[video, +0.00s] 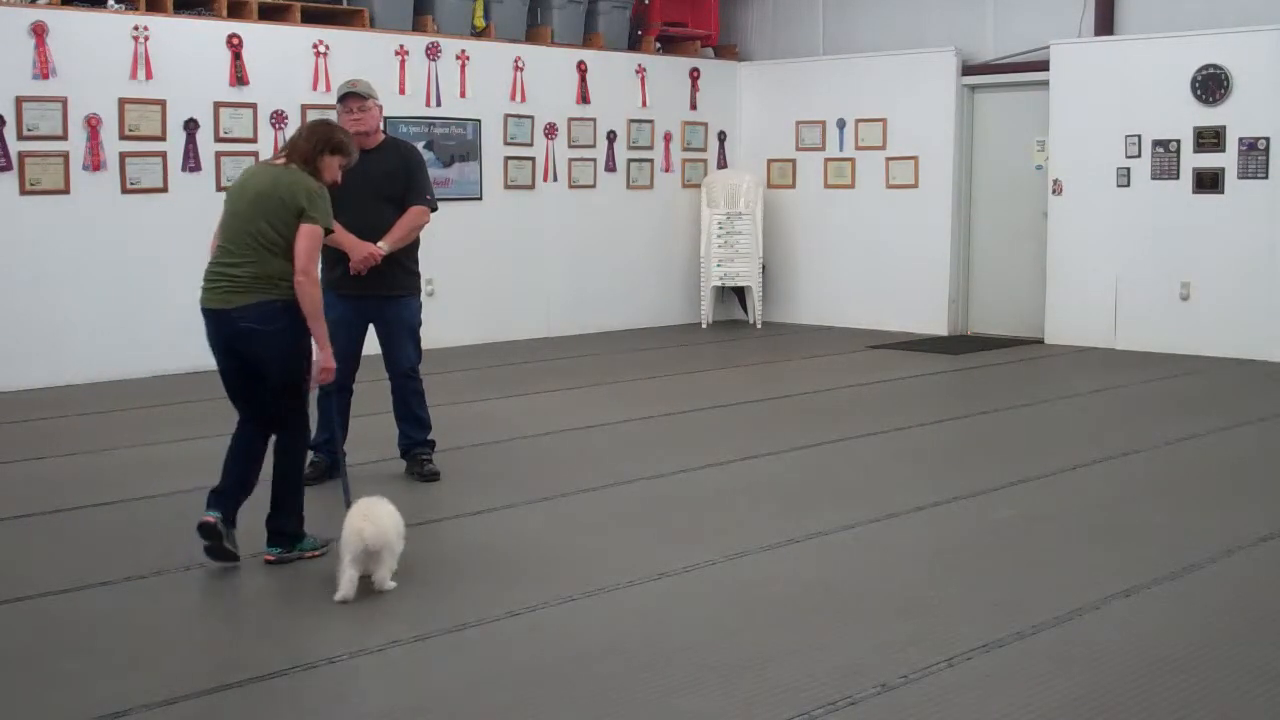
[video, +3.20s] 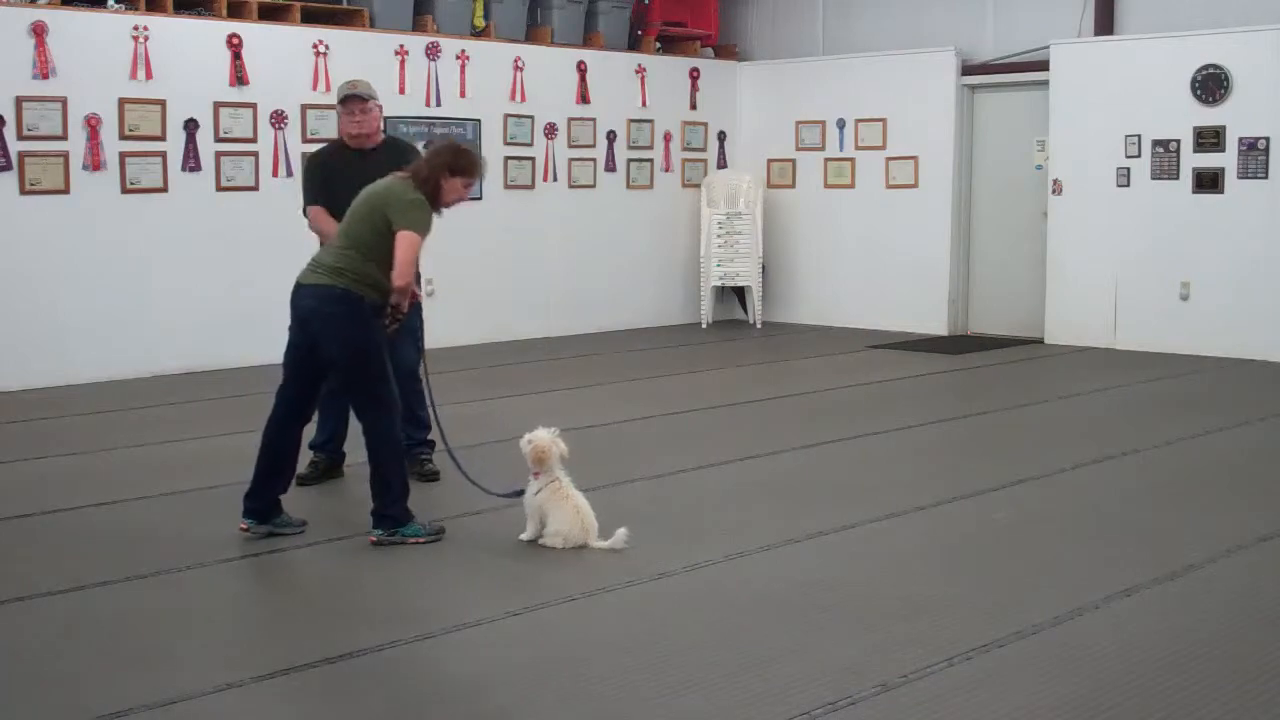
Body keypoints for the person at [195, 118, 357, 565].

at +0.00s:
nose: (340, 176)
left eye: (345, 167)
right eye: (340, 165)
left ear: (297, 151)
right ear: (318, 153)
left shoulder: (250, 176)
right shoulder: (314, 194)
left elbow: (218, 245)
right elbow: (305, 276)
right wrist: (324, 347)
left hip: (220, 312)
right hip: (273, 314)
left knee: (255, 417)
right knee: (293, 424)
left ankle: (219, 512)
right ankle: (286, 537)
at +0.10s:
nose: (340, 172)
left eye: (344, 163)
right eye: (339, 161)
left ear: (297, 145)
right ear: (317, 148)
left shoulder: (254, 173)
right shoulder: (313, 188)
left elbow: (230, 245)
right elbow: (309, 273)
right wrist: (337, 334)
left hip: (228, 308)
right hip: (277, 311)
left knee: (268, 415)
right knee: (290, 422)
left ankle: (232, 519)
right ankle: (285, 538)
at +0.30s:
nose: (339, 164)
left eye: (342, 155)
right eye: (338, 153)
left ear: (306, 140)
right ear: (317, 141)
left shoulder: (258, 172)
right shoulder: (305, 180)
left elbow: (259, 241)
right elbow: (300, 260)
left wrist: (310, 255)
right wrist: (342, 315)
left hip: (243, 305)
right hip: (283, 307)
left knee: (273, 413)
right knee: (294, 420)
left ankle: (256, 514)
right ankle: (285, 536)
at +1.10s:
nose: (343, 150)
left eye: (346, 141)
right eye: (340, 140)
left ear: (310, 133)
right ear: (316, 133)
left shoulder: (277, 170)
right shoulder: (303, 178)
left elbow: (305, 239)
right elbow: (292, 255)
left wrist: (351, 238)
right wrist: (345, 245)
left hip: (273, 298)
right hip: (299, 303)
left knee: (269, 408)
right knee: (311, 412)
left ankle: (256, 514)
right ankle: (315, 519)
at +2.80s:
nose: (363, 154)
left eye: (364, 146)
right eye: (358, 144)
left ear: (331, 140)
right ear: (335, 138)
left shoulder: (307, 177)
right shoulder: (314, 179)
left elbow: (331, 236)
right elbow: (317, 253)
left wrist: (356, 257)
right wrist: (348, 280)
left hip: (287, 306)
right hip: (303, 307)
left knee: (270, 414)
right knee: (351, 405)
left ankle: (256, 515)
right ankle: (375, 515)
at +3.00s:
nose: (414, 173)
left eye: (417, 166)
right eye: (411, 164)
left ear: (384, 153)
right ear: (388, 153)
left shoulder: (340, 181)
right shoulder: (367, 190)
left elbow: (332, 249)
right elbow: (363, 269)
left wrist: (375, 275)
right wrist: (377, 290)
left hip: (297, 306)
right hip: (329, 310)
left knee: (281, 413)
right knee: (373, 412)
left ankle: (256, 515)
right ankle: (391, 518)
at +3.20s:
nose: (465, 195)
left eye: (469, 188)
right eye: (464, 185)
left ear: (437, 171)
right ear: (444, 175)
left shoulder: (387, 187)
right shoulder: (413, 202)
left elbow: (362, 248)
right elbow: (402, 278)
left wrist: (397, 292)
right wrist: (400, 304)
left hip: (311, 296)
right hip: (347, 305)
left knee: (292, 404)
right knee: (382, 412)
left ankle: (261, 509)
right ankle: (391, 519)